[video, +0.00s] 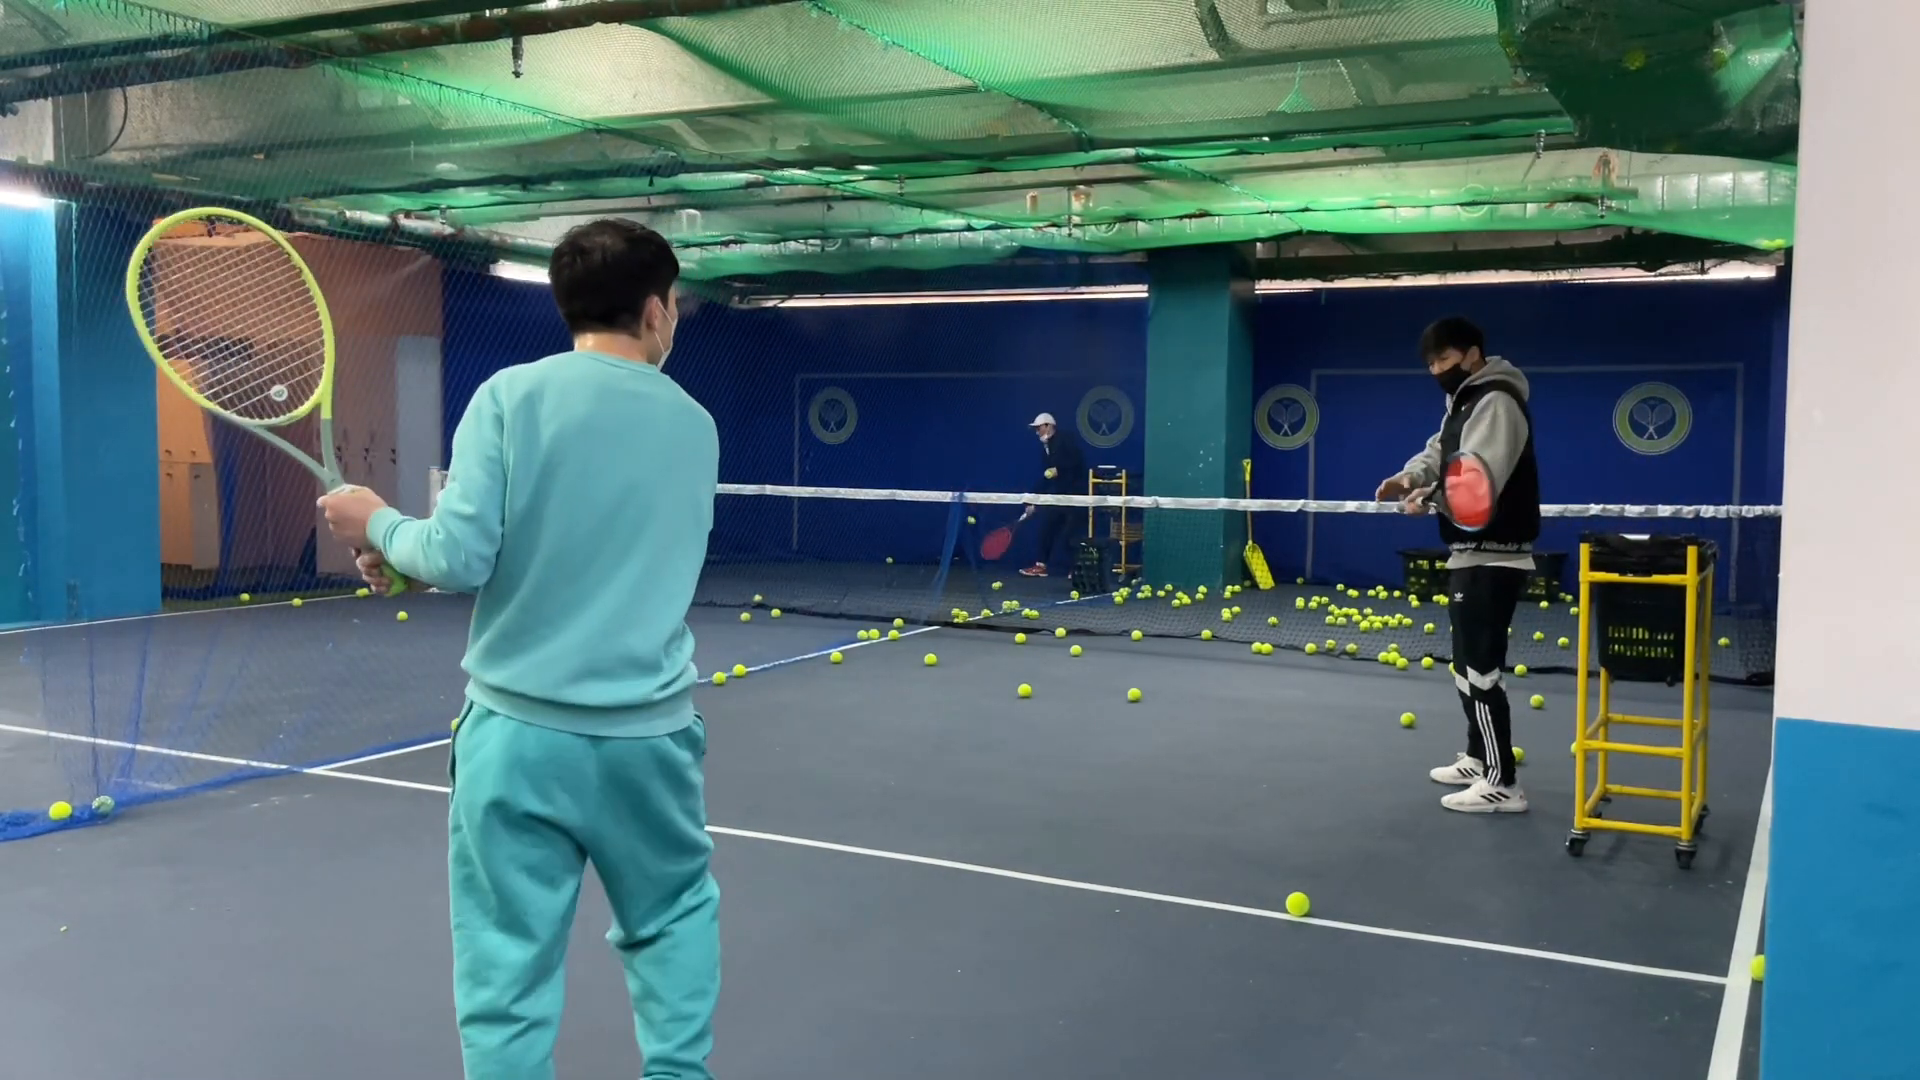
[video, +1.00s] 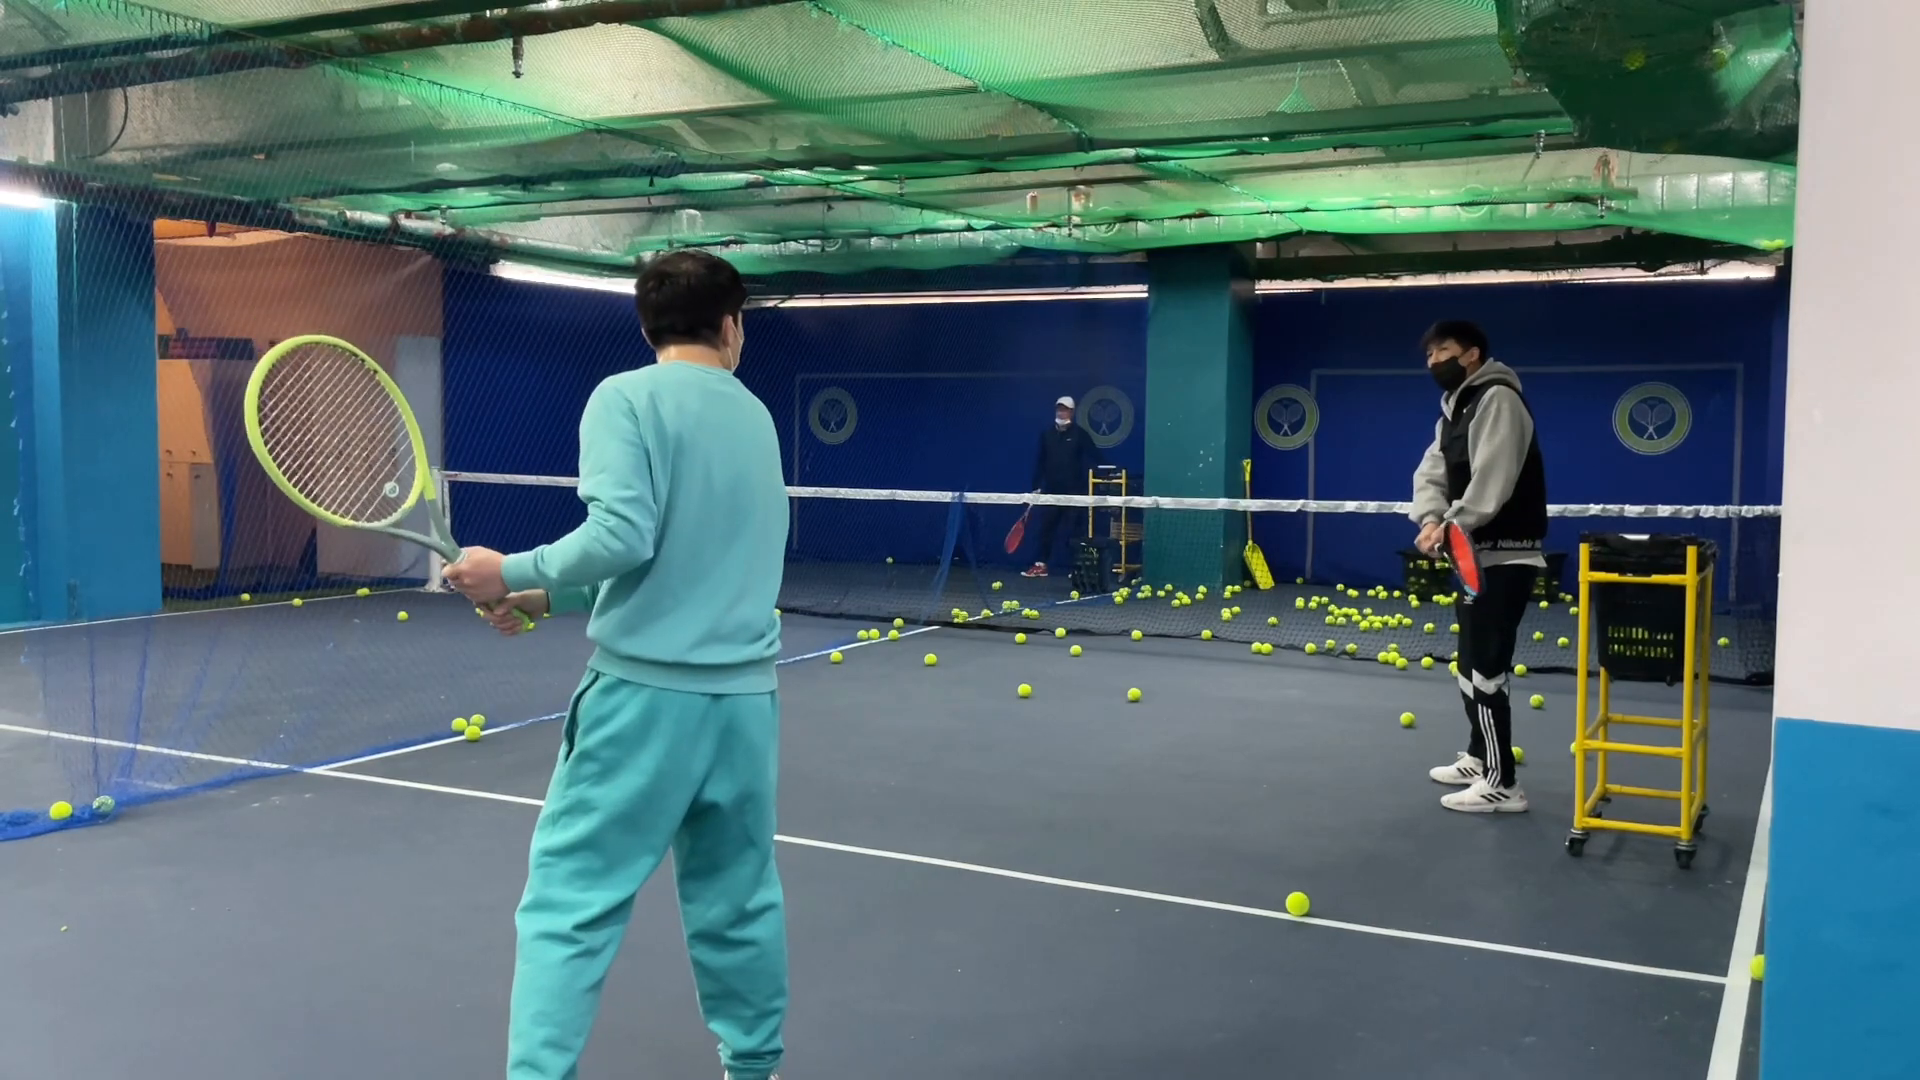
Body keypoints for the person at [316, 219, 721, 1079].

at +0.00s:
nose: (676, 314)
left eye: (674, 298)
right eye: (674, 298)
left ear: (567, 310)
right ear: (653, 308)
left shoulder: (508, 399)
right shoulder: (693, 425)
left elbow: (460, 555)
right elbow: (609, 544)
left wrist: (377, 520)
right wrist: (419, 558)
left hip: (517, 740)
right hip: (647, 743)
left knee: (508, 974)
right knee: (671, 919)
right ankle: (678, 1066)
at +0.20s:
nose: (675, 327)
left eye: (675, 313)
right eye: (675, 311)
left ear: (572, 314)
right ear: (659, 314)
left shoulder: (521, 401)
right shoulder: (692, 423)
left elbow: (490, 552)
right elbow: (599, 557)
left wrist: (384, 536)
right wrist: (436, 578)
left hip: (535, 734)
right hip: (662, 732)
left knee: (514, 972)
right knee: (694, 923)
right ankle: (738, 1067)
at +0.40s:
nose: (705, 337)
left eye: (705, 324)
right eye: (705, 324)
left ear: (606, 330)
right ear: (692, 329)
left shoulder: (573, 412)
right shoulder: (721, 428)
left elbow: (555, 559)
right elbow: (646, 567)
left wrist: (443, 552)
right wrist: (485, 587)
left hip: (585, 733)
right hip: (703, 735)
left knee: (540, 962)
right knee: (729, 936)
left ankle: (527, 1073)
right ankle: (759, 1067)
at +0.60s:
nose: (739, 335)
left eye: (738, 322)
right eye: (737, 322)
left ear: (639, 328)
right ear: (722, 326)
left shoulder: (608, 405)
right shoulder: (748, 419)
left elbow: (596, 550)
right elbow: (685, 556)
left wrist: (484, 549)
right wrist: (520, 577)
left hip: (629, 716)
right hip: (740, 714)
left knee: (566, 927)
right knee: (737, 905)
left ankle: (545, 1071)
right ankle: (757, 1064)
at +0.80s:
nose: (749, 333)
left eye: (748, 320)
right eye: (746, 320)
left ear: (651, 326)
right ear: (732, 324)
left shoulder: (621, 399)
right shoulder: (757, 417)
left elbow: (611, 541)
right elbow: (698, 556)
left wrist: (502, 552)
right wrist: (540, 580)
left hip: (639, 706)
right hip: (747, 707)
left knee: (570, 911)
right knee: (740, 901)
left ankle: (538, 1068)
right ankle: (753, 1063)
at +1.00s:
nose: (744, 333)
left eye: (743, 320)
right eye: (742, 320)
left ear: (648, 326)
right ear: (730, 324)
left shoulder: (624, 397)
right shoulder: (755, 415)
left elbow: (622, 536)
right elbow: (688, 558)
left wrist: (509, 570)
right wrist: (545, 594)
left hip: (641, 702)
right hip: (745, 704)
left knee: (569, 907)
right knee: (739, 898)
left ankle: (538, 1068)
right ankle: (754, 1063)